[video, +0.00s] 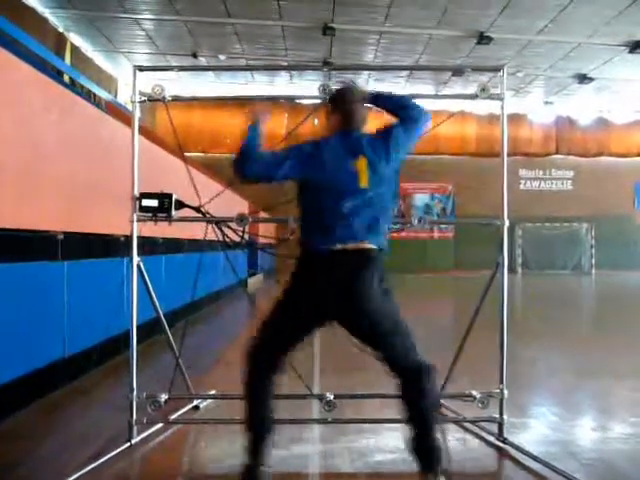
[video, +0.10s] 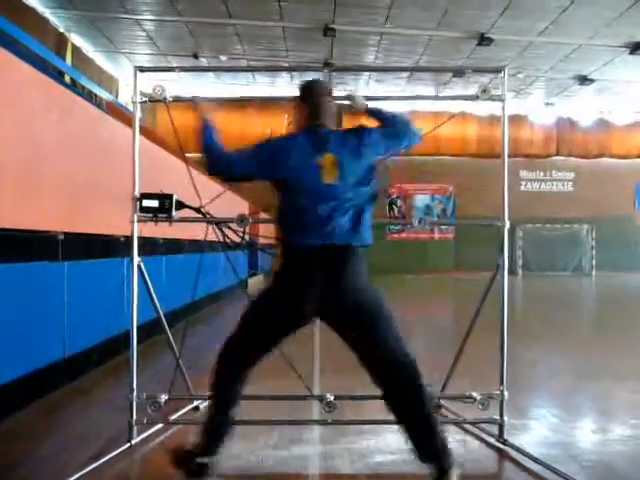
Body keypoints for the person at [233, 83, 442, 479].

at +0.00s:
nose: (333, 118)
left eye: (331, 112)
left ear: (331, 116)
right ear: (365, 115)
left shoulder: (314, 154)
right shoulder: (386, 148)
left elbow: (249, 167)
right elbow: (416, 115)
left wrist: (256, 126)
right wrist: (371, 96)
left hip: (314, 278)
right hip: (363, 279)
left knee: (263, 356)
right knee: (413, 368)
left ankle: (254, 464)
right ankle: (431, 464)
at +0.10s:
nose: (296, 114)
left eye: (298, 108)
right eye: (304, 107)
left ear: (301, 112)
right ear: (334, 112)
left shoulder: (285, 151)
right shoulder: (360, 144)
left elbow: (221, 166)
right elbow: (406, 132)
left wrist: (207, 125)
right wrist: (369, 111)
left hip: (295, 283)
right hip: (348, 282)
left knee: (234, 358)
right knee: (396, 368)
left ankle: (206, 451)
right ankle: (440, 461)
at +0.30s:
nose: (287, 146)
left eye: (284, 139)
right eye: (285, 140)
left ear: (249, 142)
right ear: (281, 145)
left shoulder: (222, 180)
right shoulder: (292, 184)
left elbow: (191, 158)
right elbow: (312, 242)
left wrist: (169, 115)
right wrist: (357, 215)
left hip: (261, 305)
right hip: (309, 301)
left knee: (192, 372)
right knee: (370, 373)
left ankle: (174, 460)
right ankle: (433, 448)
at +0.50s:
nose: (333, 131)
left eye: (331, 126)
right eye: (331, 126)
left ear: (291, 127)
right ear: (325, 128)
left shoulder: (263, 163)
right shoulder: (336, 163)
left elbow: (219, 159)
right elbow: (388, 204)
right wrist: (388, 168)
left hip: (289, 286)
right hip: (335, 284)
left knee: (237, 368)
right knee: (365, 366)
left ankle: (222, 462)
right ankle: (365, 466)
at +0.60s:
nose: (358, 131)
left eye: (355, 124)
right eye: (356, 124)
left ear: (318, 124)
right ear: (349, 128)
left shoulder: (283, 153)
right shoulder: (358, 169)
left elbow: (239, 125)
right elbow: (417, 197)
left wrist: (268, 92)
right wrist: (423, 163)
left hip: (293, 292)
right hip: (343, 293)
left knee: (258, 391)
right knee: (405, 348)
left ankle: (238, 474)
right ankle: (413, 447)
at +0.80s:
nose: (412, 146)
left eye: (407, 139)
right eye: (411, 141)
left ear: (377, 147)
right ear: (409, 147)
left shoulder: (360, 181)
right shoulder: (425, 176)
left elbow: (326, 225)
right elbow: (457, 149)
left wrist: (270, 220)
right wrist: (481, 113)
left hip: (345, 303)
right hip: (392, 305)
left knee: (278, 385)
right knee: (455, 381)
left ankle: (216, 459)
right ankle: (481, 471)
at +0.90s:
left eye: (376, 138)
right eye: (395, 136)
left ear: (370, 143)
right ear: (401, 143)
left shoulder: (359, 182)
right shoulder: (428, 181)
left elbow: (345, 236)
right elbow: (469, 193)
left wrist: (296, 244)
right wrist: (479, 155)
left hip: (351, 306)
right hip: (399, 308)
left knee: (294, 391)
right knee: (461, 385)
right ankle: (484, 470)